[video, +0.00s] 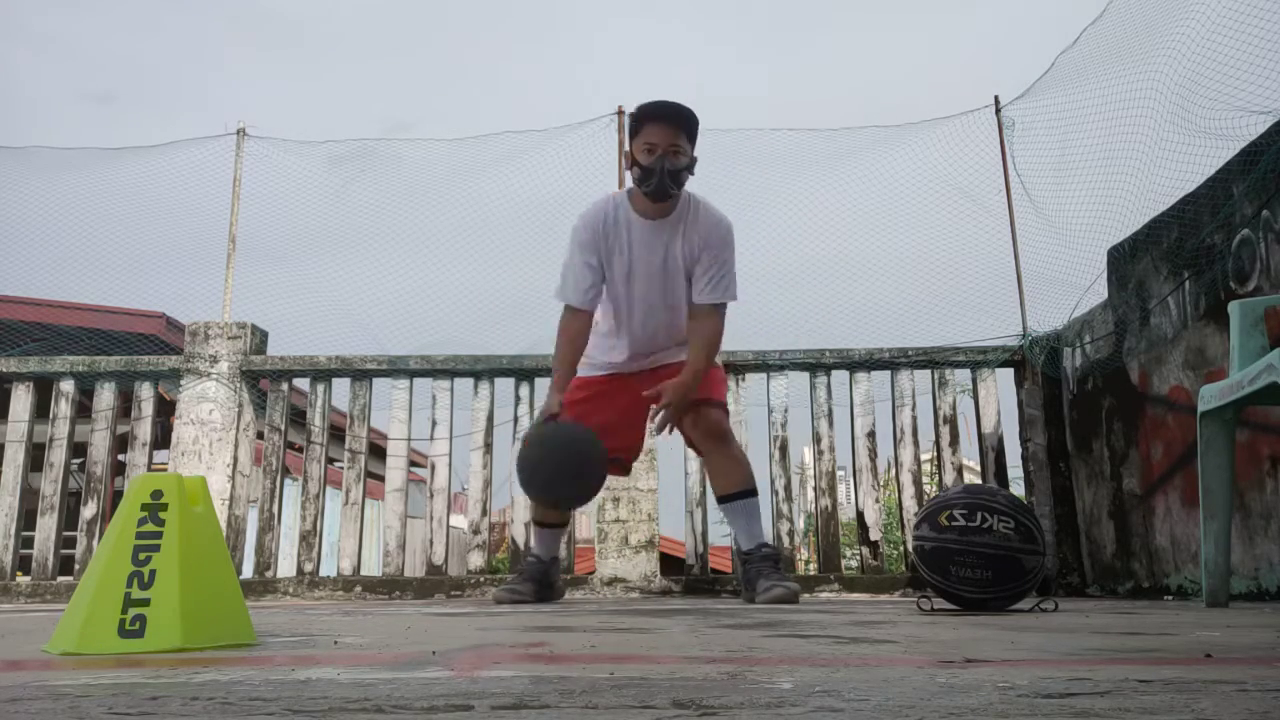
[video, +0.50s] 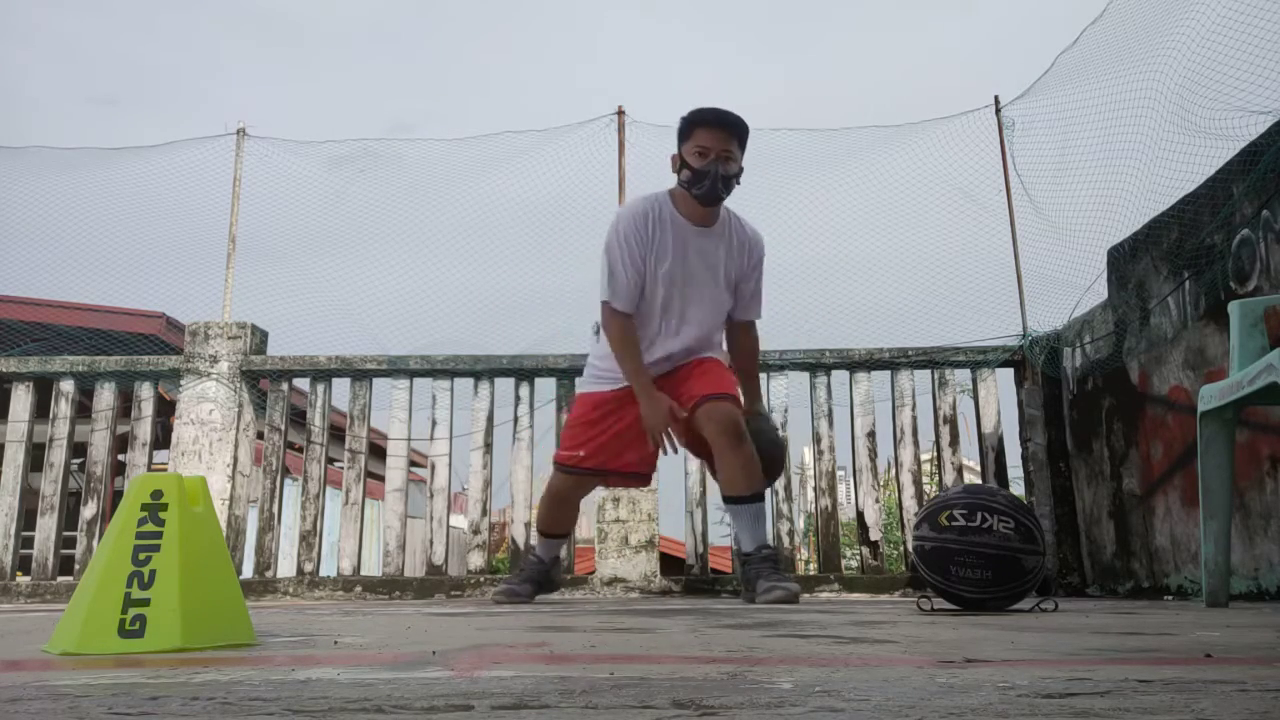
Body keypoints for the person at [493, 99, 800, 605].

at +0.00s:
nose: (659, 165)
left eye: (674, 154)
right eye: (648, 151)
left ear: (691, 161)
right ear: (630, 155)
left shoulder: (709, 227)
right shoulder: (598, 223)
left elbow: (708, 316)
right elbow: (577, 313)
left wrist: (689, 379)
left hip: (681, 362)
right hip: (607, 366)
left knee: (710, 426)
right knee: (556, 448)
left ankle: (758, 561)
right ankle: (541, 568)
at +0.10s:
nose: (642, 171)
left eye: (655, 161)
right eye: (631, 159)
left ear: (674, 169)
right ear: (613, 164)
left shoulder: (699, 235)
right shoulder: (584, 229)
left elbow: (724, 320)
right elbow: (548, 304)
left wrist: (711, 369)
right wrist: (499, 346)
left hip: (680, 365)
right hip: (605, 370)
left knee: (699, 425)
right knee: (542, 447)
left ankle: (756, 561)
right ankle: (540, 569)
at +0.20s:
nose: (639, 173)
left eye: (654, 162)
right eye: (629, 160)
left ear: (673, 170)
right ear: (612, 165)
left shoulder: (700, 236)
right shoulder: (582, 230)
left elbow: (733, 316)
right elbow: (550, 300)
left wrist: (737, 379)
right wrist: (502, 325)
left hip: (680, 364)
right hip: (603, 371)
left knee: (696, 426)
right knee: (541, 450)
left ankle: (756, 562)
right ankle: (540, 567)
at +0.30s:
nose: (657, 165)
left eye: (671, 154)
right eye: (646, 152)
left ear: (691, 164)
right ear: (629, 157)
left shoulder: (713, 233)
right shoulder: (592, 225)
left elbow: (734, 319)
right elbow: (569, 309)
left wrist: (747, 397)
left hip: (682, 362)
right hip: (604, 369)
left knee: (702, 425)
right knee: (550, 452)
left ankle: (755, 562)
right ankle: (541, 568)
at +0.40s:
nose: (687, 163)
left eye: (701, 153)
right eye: (676, 151)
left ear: (717, 164)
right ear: (657, 157)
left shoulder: (732, 238)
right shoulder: (618, 223)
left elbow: (735, 330)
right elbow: (604, 317)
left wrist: (740, 415)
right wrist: (615, 399)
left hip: (687, 362)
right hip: (617, 365)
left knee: (713, 423)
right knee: (555, 464)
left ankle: (755, 561)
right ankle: (542, 568)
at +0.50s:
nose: (713, 169)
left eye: (726, 159)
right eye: (701, 155)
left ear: (739, 169)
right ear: (678, 160)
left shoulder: (745, 243)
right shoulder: (637, 220)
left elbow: (743, 330)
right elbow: (616, 315)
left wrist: (755, 412)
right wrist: (646, 391)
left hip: (693, 362)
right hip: (620, 363)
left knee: (728, 422)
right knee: (569, 475)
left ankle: (758, 564)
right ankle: (542, 565)